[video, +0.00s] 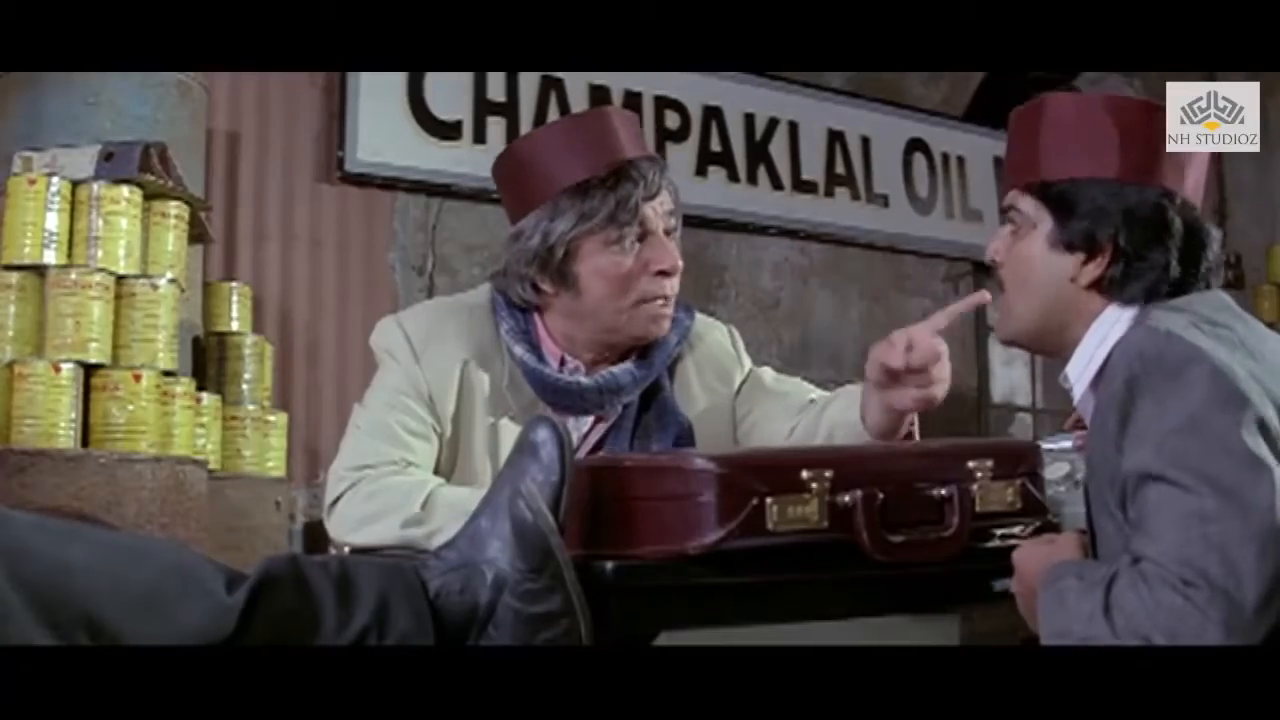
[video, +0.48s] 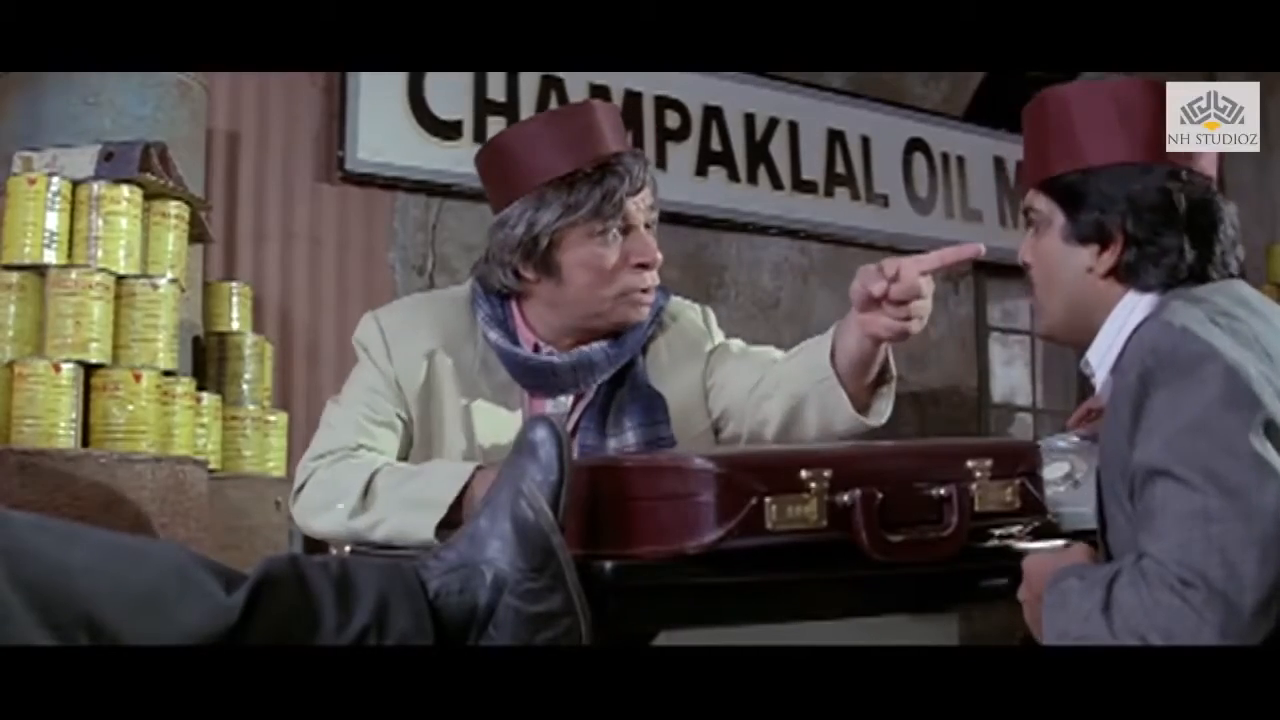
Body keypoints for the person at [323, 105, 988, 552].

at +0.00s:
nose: (667, 261)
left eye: (671, 234)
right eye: (629, 242)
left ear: (682, 240)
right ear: (546, 268)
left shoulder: (702, 353)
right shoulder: (427, 348)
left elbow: (789, 425)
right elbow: (365, 502)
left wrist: (876, 409)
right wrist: (560, 537)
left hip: (663, 628)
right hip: (473, 634)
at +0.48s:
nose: (650, 255)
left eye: (651, 230)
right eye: (616, 235)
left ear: (658, 230)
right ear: (530, 252)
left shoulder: (682, 340)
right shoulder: (405, 343)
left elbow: (781, 406)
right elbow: (325, 493)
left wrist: (861, 335)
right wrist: (477, 491)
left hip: (647, 620)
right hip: (457, 630)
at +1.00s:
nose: (598, 266)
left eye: (608, 238)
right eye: (566, 243)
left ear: (620, 235)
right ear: (491, 252)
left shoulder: (662, 339)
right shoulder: (375, 345)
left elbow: (802, 430)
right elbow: (293, 491)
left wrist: (751, 413)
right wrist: (404, 484)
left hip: (629, 618)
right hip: (445, 628)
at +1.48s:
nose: (545, 299)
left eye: (562, 273)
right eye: (518, 274)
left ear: (582, 266)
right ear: (459, 263)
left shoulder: (633, 356)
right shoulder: (360, 354)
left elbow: (697, 483)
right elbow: (291, 504)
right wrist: (404, 487)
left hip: (588, 619)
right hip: (413, 625)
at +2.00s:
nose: (526, 310)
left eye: (548, 282)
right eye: (500, 283)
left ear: (571, 270)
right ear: (447, 269)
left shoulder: (626, 354)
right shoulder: (357, 358)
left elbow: (690, 473)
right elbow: (293, 509)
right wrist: (416, 487)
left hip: (584, 620)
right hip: (410, 625)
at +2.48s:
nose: (563, 315)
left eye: (581, 285)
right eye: (534, 290)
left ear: (599, 272)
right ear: (475, 276)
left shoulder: (649, 360)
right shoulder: (370, 354)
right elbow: (301, 501)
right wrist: (431, 503)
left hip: (588, 624)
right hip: (419, 627)